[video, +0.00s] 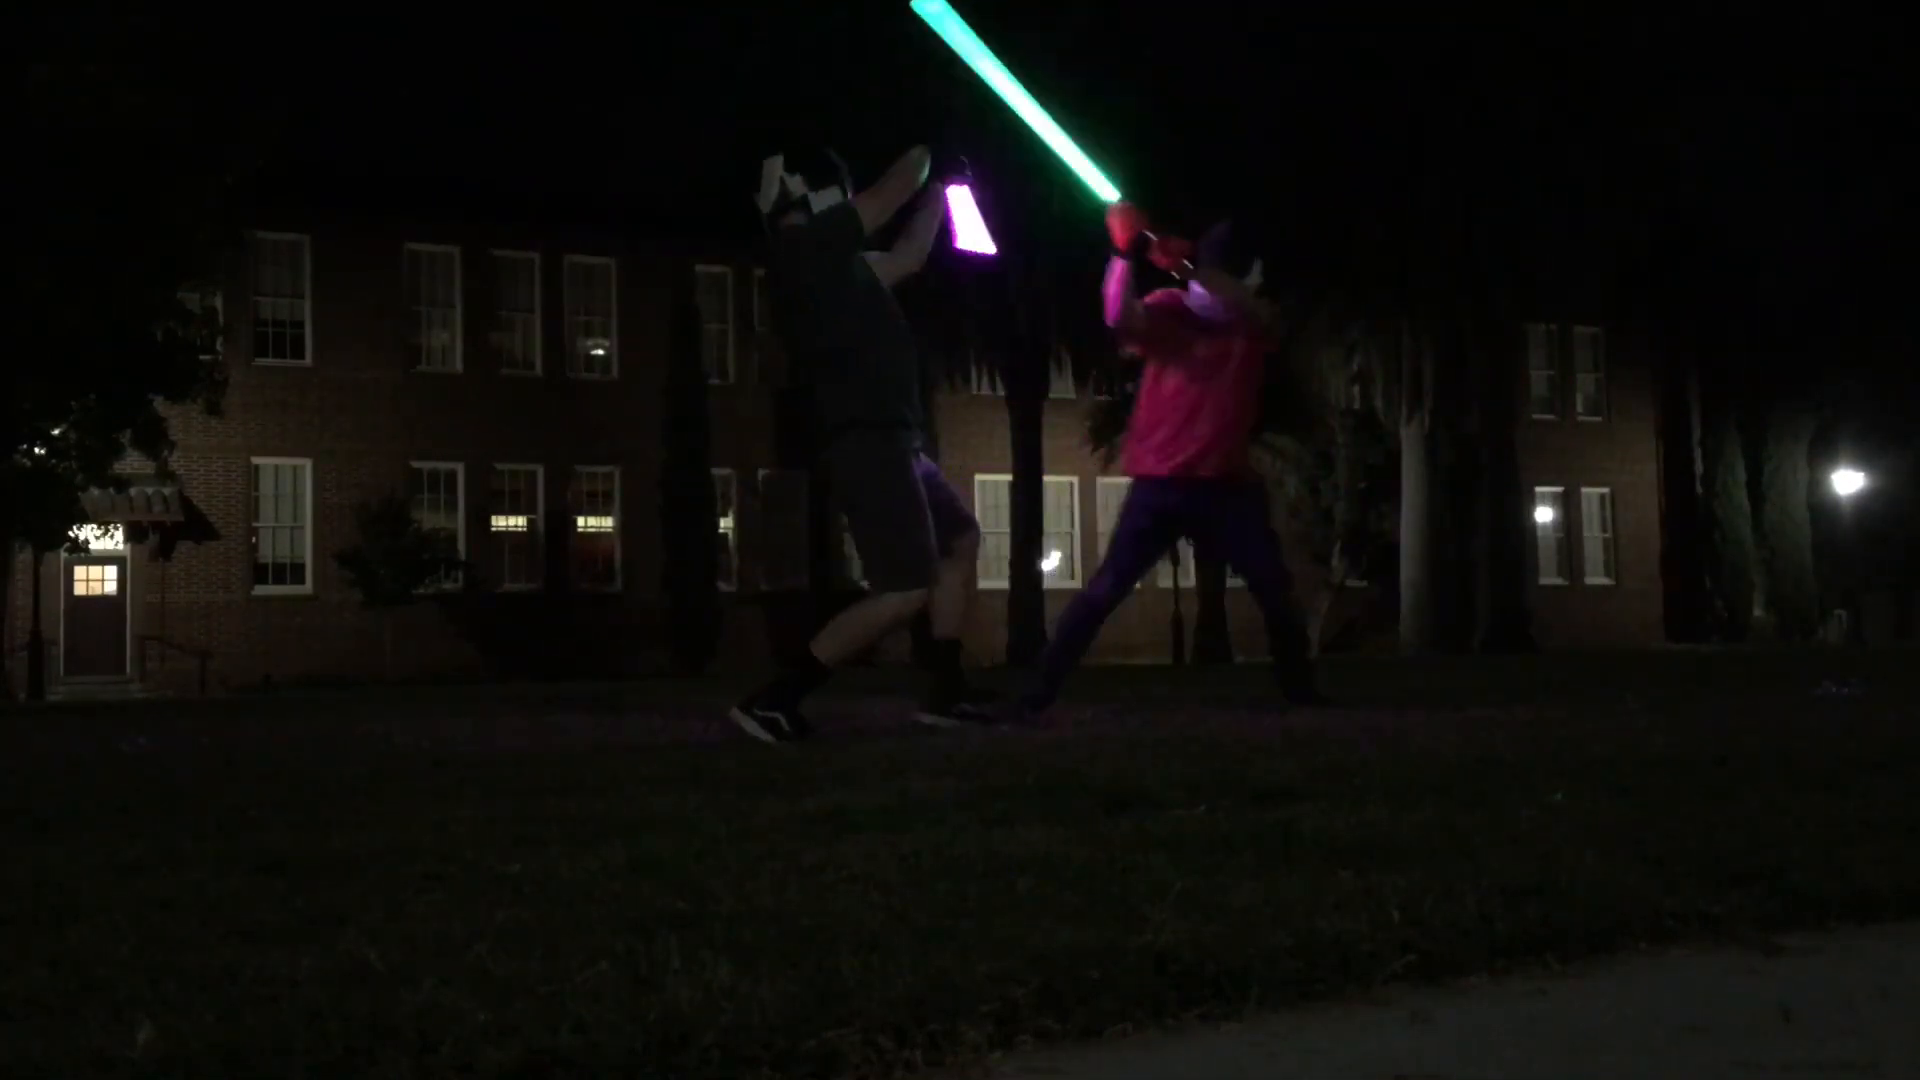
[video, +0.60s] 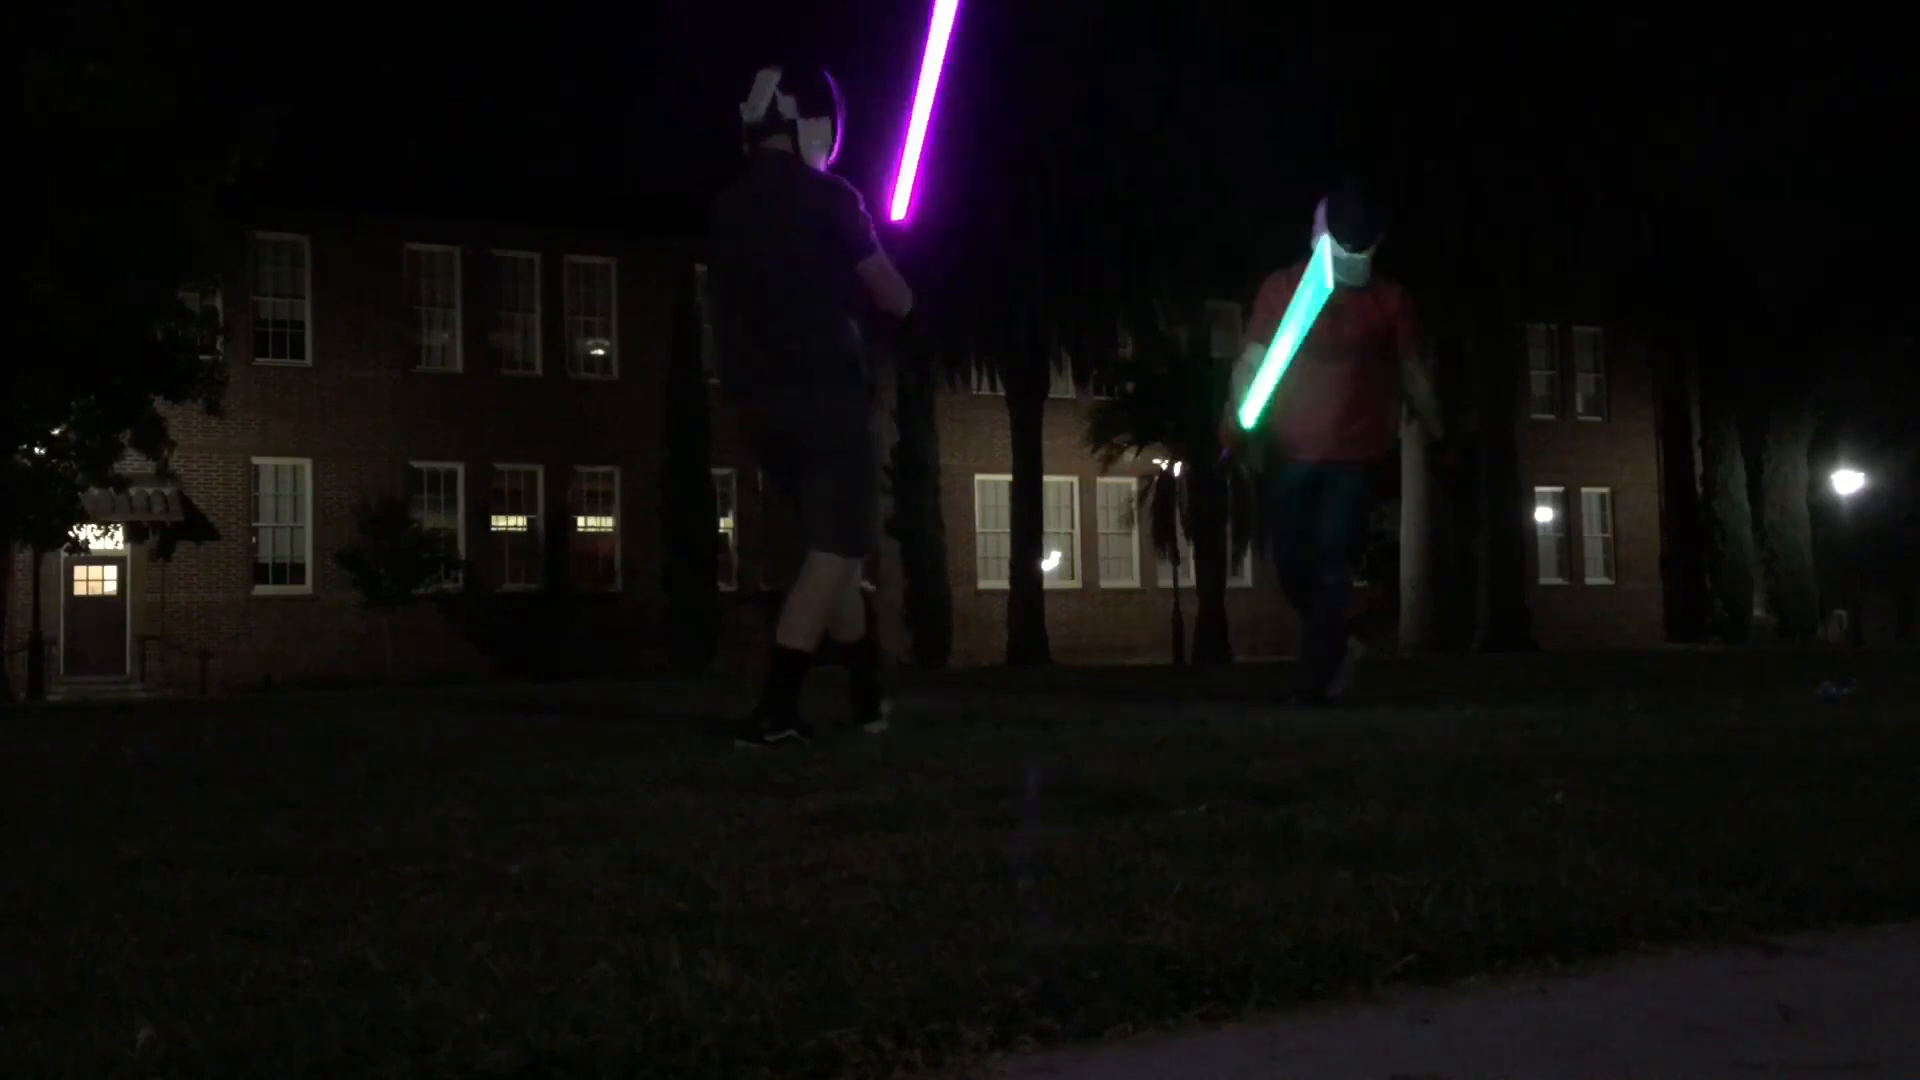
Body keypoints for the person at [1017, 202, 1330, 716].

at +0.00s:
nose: (1209, 287)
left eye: (1224, 278)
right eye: (1205, 281)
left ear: (1242, 278)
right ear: (1196, 280)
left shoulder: (1253, 322)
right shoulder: (1168, 311)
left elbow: (1243, 306)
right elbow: (1118, 316)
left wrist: (1191, 266)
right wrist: (1124, 253)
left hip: (1225, 482)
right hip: (1160, 483)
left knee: (1274, 591)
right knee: (1105, 592)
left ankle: (1300, 694)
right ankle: (1036, 694)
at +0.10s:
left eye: (1269, 279)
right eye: (1252, 277)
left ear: (1278, 280)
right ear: (1228, 275)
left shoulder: (1283, 320)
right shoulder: (1204, 312)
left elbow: (1307, 334)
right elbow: (1152, 338)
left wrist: (1233, 304)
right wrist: (1166, 274)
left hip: (1260, 484)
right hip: (1194, 483)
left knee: (1298, 595)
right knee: (1139, 585)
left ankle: (1304, 694)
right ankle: (1054, 690)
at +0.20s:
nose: (1278, 302)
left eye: (1290, 295)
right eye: (1268, 293)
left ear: (1306, 284)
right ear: (1252, 279)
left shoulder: (1315, 317)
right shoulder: (1230, 312)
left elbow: (1333, 350)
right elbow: (1183, 349)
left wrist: (1278, 324)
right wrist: (1204, 295)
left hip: (1286, 479)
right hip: (1218, 475)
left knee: (1312, 589)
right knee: (1175, 578)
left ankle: (1304, 688)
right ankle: (1107, 683)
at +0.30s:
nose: (1299, 284)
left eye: (1310, 274)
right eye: (1290, 273)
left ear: (1327, 266)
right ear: (1276, 257)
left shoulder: (1340, 320)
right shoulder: (1242, 302)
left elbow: (1356, 386)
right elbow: (1202, 371)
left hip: (1304, 471)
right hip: (1236, 466)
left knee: (1318, 581)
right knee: (1207, 572)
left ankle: (1306, 685)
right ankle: (1159, 675)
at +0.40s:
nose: (1316, 271)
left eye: (1327, 261)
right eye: (1307, 260)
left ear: (1343, 251)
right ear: (1292, 244)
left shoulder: (1358, 307)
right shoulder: (1256, 291)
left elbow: (1383, 391)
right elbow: (1218, 366)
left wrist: (1374, 442)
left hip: (1322, 464)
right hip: (1249, 461)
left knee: (1324, 579)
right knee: (1225, 572)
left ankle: (1309, 686)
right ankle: (1209, 677)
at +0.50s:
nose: (1334, 251)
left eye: (1344, 241)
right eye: (1325, 239)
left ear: (1357, 240)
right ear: (1307, 233)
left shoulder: (1374, 302)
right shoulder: (1271, 289)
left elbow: (1398, 381)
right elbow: (1232, 366)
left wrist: (1414, 445)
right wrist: (1226, 434)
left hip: (1341, 459)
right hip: (1272, 457)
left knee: (1328, 572)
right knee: (1265, 566)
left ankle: (1314, 676)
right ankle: (1280, 663)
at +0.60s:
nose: (1343, 259)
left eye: (1354, 249)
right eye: (1333, 246)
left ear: (1371, 247)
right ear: (1317, 240)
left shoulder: (1386, 302)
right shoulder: (1282, 292)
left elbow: (1415, 377)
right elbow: (1252, 363)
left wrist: (1436, 432)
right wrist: (1236, 426)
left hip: (1354, 462)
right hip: (1291, 459)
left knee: (1333, 569)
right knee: (1291, 567)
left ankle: (1318, 682)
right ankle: (1337, 644)